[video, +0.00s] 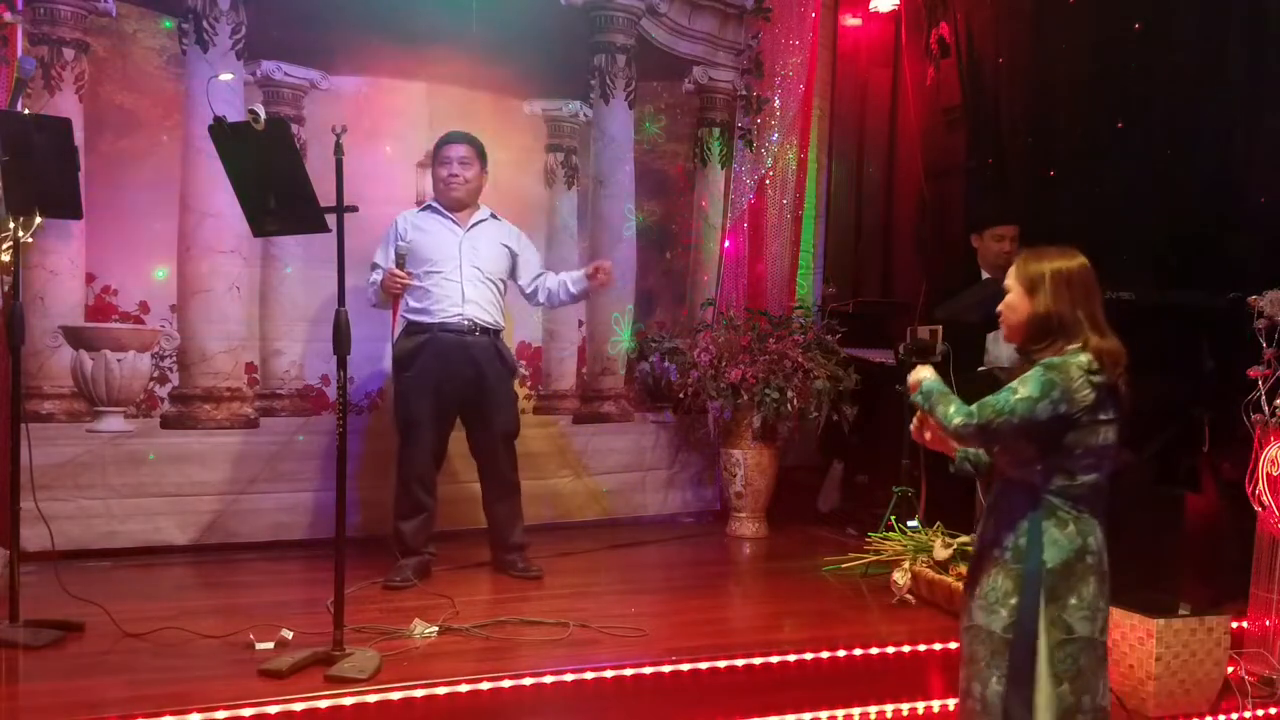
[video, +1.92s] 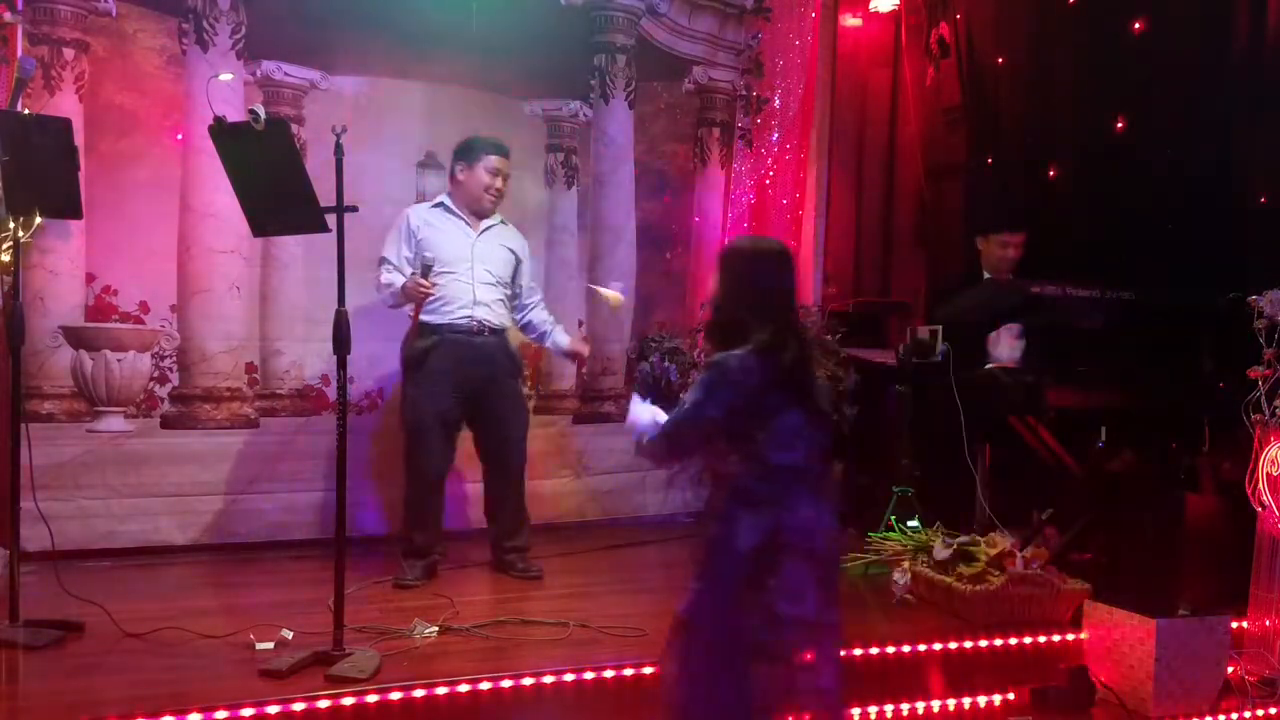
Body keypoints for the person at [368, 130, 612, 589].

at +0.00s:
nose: (453, 171)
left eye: (465, 163)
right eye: (444, 163)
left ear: (483, 175)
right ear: (432, 173)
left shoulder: (506, 233)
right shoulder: (408, 225)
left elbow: (539, 288)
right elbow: (376, 288)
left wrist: (584, 279)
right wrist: (385, 286)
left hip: (486, 352)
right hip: (424, 350)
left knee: (500, 458)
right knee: (418, 459)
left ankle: (510, 552)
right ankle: (413, 557)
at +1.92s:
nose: (500, 185)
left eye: (505, 178)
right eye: (493, 174)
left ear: (506, 184)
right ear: (460, 172)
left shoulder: (512, 239)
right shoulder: (417, 219)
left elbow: (528, 307)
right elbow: (386, 284)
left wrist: (564, 340)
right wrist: (404, 290)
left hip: (495, 354)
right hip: (436, 352)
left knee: (508, 458)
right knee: (427, 461)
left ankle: (511, 551)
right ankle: (419, 558)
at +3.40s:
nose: (525, 176)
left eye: (536, 168)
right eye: (515, 167)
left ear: (551, 177)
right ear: (499, 175)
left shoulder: (568, 229)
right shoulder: (475, 228)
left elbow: (584, 282)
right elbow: (453, 291)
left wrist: (588, 302)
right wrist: (452, 292)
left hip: (553, 357)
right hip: (491, 359)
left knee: (560, 461)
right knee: (467, 455)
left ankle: (548, 561)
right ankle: (445, 556)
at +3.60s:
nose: (526, 169)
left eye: (537, 161)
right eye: (517, 160)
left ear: (556, 172)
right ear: (503, 169)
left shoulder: (575, 227)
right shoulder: (480, 224)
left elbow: (594, 295)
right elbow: (458, 291)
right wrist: (457, 289)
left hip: (551, 356)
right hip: (490, 356)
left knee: (553, 468)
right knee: (475, 462)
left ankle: (547, 561)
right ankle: (463, 559)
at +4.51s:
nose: (489, 178)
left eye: (497, 170)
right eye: (478, 168)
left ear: (505, 179)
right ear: (455, 174)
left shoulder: (520, 235)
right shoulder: (425, 229)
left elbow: (539, 295)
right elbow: (397, 295)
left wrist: (528, 332)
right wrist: (417, 296)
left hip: (503, 352)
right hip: (446, 353)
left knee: (498, 452)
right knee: (438, 455)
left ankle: (491, 554)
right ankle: (432, 558)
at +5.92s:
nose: (497, 177)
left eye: (507, 169)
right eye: (488, 169)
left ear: (525, 178)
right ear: (477, 178)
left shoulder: (554, 231)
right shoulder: (456, 235)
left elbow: (580, 281)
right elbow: (436, 290)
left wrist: (566, 306)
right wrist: (446, 301)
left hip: (536, 354)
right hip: (477, 354)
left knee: (529, 456)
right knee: (467, 448)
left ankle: (508, 550)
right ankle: (463, 553)